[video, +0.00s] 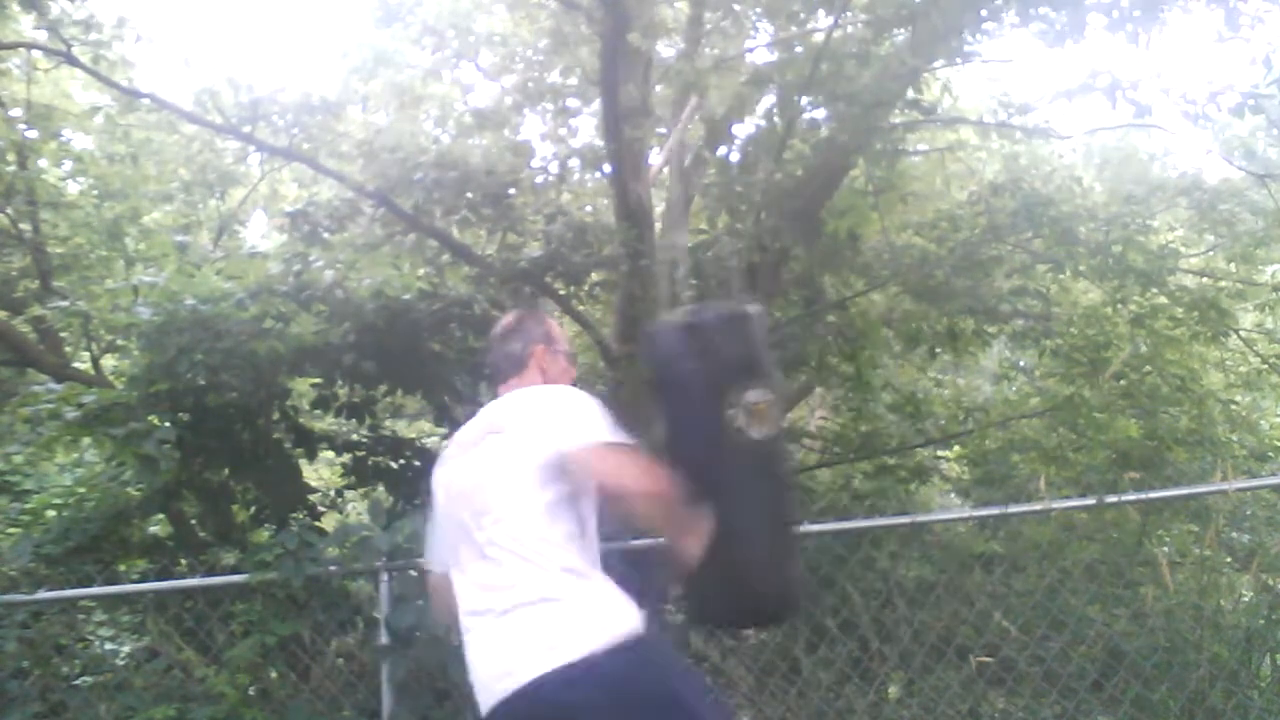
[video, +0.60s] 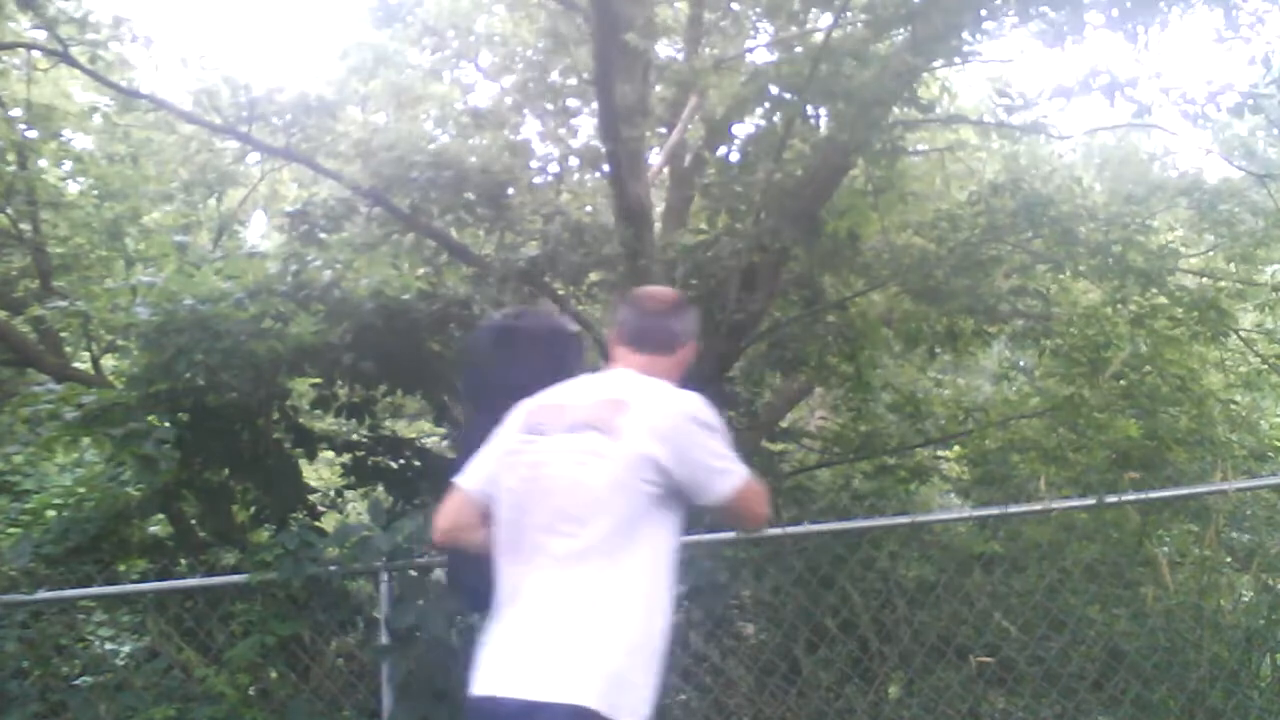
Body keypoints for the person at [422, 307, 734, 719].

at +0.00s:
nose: (573, 371)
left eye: (572, 358)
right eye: (566, 356)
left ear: (499, 375)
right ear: (540, 359)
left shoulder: (449, 459)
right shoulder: (558, 404)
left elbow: (445, 599)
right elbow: (644, 485)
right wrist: (690, 534)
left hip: (504, 691)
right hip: (594, 651)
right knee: (705, 712)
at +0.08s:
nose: (574, 374)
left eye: (573, 363)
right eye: (571, 363)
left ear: (503, 373)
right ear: (550, 361)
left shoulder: (442, 453)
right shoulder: (581, 413)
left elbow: (428, 601)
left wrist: (505, 600)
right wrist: (676, 478)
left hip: (489, 693)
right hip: (584, 670)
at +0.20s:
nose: (598, 374)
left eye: (599, 364)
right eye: (598, 363)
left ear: (525, 369)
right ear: (584, 361)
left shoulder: (462, 441)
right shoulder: (601, 414)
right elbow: (699, 506)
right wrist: (632, 502)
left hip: (462, 691)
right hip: (550, 681)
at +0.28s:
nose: (615, 374)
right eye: (614, 363)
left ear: (546, 364)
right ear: (604, 364)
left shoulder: (476, 437)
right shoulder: (607, 422)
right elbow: (697, 534)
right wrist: (642, 509)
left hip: (451, 687)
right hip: (529, 687)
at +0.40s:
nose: (641, 377)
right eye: (643, 365)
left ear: (566, 360)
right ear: (633, 363)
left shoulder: (490, 426)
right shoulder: (606, 417)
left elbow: (427, 577)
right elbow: (700, 541)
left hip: (453, 686)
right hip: (533, 687)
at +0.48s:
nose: (659, 361)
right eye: (661, 352)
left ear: (582, 343)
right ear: (650, 354)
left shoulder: (503, 410)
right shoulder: (629, 405)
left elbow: (431, 543)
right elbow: (715, 524)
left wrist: (521, 554)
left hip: (469, 679)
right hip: (554, 682)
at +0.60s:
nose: (690, 359)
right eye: (692, 352)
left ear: (612, 342)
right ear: (686, 354)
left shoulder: (534, 407)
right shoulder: (676, 410)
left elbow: (450, 524)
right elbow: (755, 511)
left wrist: (531, 540)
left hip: (500, 684)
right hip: (594, 692)